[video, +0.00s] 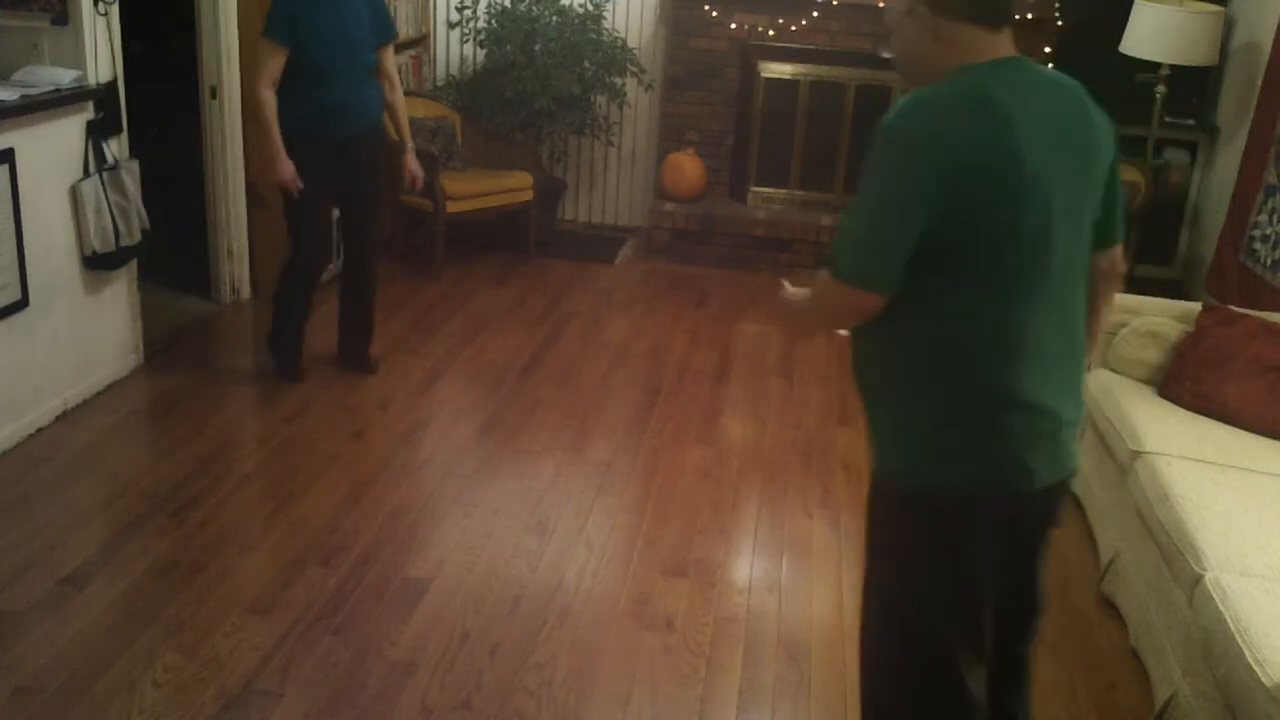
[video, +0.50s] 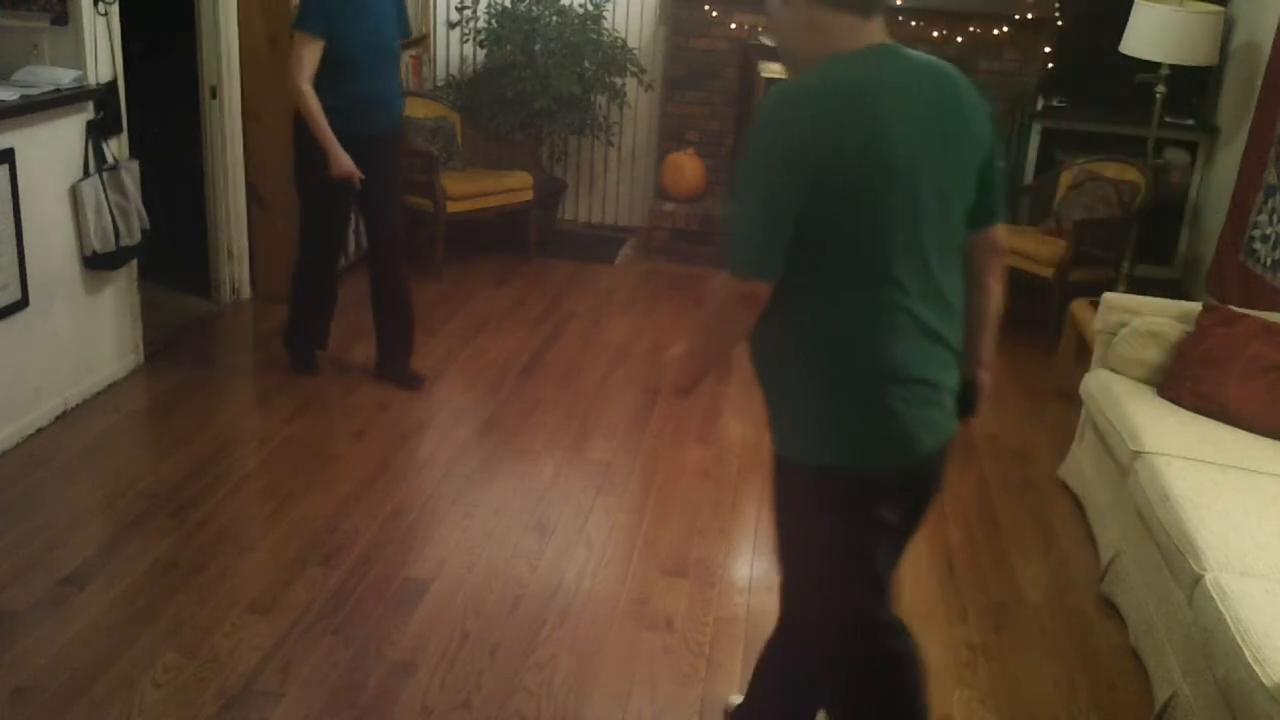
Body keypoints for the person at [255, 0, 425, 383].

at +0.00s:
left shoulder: (374, 7)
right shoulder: (291, 8)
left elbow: (390, 79)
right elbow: (264, 85)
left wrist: (408, 146)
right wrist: (278, 155)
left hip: (365, 143)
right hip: (308, 145)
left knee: (363, 250)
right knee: (311, 252)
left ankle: (355, 349)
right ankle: (286, 350)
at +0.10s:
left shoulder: (379, 7)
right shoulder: (297, 8)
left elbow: (391, 77)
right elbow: (268, 80)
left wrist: (411, 144)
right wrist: (291, 153)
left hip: (365, 143)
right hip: (310, 147)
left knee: (363, 248)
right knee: (317, 248)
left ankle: (355, 348)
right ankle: (299, 343)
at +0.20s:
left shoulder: (379, 6)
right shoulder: (300, 7)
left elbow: (389, 74)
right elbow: (272, 76)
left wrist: (408, 144)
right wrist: (302, 150)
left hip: (365, 139)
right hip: (309, 142)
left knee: (365, 244)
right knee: (316, 245)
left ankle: (356, 347)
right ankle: (304, 343)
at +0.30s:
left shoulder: (380, 6)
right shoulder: (303, 6)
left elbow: (387, 73)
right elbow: (279, 72)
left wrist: (399, 144)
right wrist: (313, 145)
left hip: (369, 136)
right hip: (311, 138)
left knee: (372, 243)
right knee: (313, 243)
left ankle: (362, 341)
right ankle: (302, 340)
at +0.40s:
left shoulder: (383, 7)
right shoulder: (310, 7)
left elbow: (380, 74)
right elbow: (288, 77)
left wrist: (392, 140)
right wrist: (324, 146)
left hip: (372, 133)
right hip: (315, 132)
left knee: (380, 241)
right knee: (314, 242)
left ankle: (377, 347)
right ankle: (303, 342)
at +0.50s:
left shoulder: (393, 6)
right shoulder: (321, 7)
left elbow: (389, 57)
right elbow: (300, 82)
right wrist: (334, 152)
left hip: (380, 136)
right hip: (325, 136)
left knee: (388, 247)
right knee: (321, 245)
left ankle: (394, 359)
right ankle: (303, 343)